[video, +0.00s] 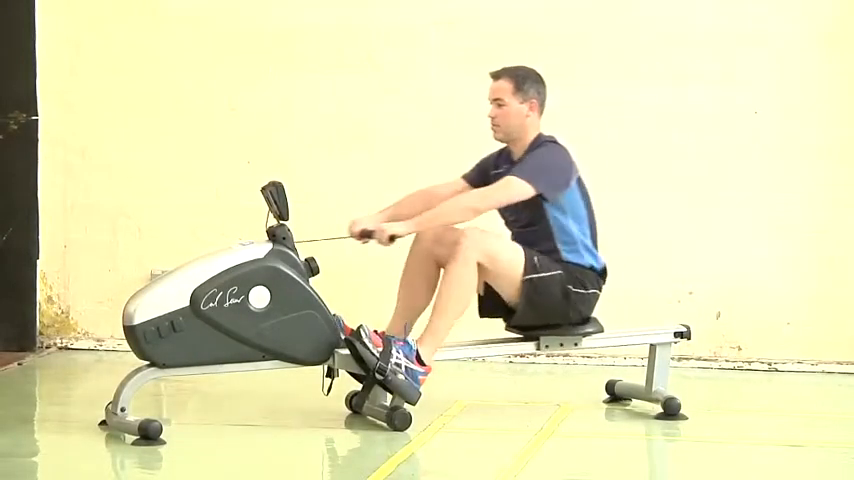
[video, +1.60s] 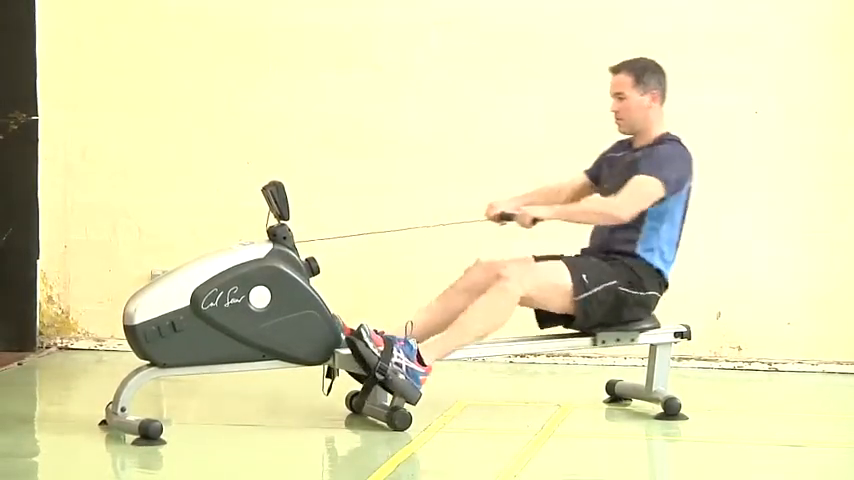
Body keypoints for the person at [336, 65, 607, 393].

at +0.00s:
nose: (490, 113)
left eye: (499, 104)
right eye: (490, 104)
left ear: (531, 108)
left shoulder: (551, 157)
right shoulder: (498, 162)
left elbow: (478, 203)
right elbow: (442, 194)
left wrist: (406, 227)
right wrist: (380, 216)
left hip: (571, 287)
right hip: (529, 285)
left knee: (471, 241)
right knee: (431, 236)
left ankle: (419, 360)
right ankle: (391, 342)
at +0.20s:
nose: (449, 120)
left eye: (458, 110)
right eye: (449, 111)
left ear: (490, 114)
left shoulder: (511, 162)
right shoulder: (459, 166)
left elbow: (436, 207)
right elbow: (400, 198)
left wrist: (357, 233)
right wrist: (335, 224)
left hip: (542, 291)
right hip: (500, 289)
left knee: (448, 231)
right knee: (407, 231)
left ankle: (418, 358)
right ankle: (390, 340)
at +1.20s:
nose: (496, 108)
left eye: (505, 99)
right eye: (497, 99)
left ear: (537, 102)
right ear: (528, 103)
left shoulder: (552, 154)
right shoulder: (504, 154)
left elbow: (471, 187)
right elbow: (438, 183)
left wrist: (400, 215)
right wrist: (370, 207)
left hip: (561, 282)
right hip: (524, 279)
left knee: (456, 237)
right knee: (422, 232)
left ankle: (416, 357)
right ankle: (388, 341)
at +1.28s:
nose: (520, 106)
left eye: (528, 96)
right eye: (520, 97)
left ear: (560, 99)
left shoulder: (576, 153)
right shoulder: (523, 154)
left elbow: (497, 185)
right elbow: (460, 183)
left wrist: (423, 213)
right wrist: (396, 203)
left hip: (577, 280)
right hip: (540, 273)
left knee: (470, 244)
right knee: (435, 238)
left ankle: (418, 358)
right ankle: (390, 342)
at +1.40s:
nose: (557, 104)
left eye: (565, 94)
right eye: (556, 95)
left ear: (596, 97)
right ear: (588, 98)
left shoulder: (614, 152)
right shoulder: (562, 151)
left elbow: (538, 191)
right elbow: (506, 182)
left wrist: (465, 212)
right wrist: (440, 200)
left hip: (600, 278)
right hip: (565, 270)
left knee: (490, 255)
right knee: (456, 251)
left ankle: (420, 358)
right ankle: (391, 341)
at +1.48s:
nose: (581, 105)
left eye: (589, 95)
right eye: (581, 95)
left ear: (620, 96)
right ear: (608, 97)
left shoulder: (639, 153)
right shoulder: (587, 151)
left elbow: (573, 197)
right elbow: (536, 183)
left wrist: (498, 213)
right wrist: (470, 199)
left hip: (615, 279)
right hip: (578, 270)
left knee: (500, 263)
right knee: (464, 260)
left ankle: (420, 361)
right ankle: (397, 344)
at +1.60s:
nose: (613, 107)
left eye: (621, 97)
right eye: (612, 98)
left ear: (654, 98)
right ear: (631, 100)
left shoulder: (670, 155)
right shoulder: (617, 155)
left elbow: (619, 210)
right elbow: (567, 192)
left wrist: (544, 213)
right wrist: (513, 204)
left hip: (632, 276)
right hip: (597, 267)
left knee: (513, 279)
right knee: (482, 272)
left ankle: (420, 362)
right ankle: (395, 344)